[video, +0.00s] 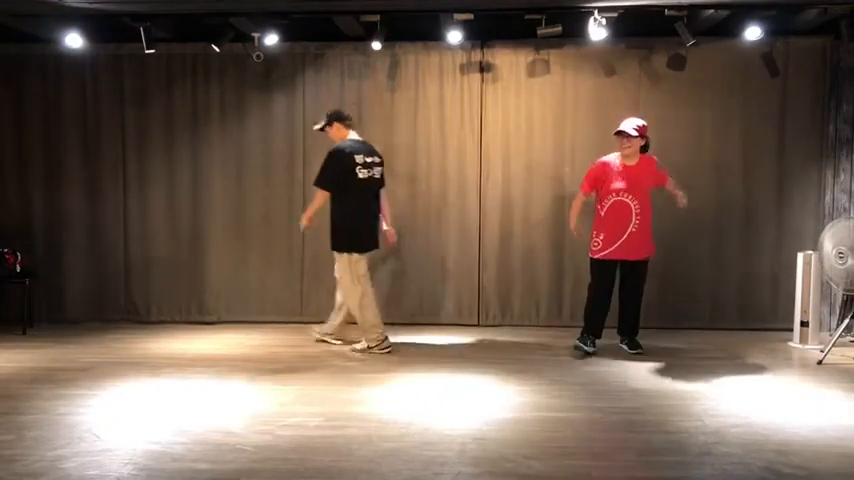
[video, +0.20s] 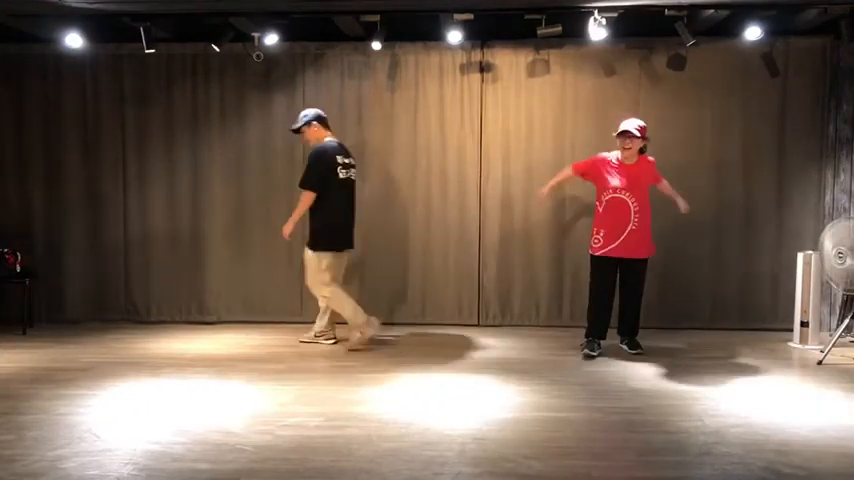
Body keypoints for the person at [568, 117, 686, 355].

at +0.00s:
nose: (625, 141)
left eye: (631, 137)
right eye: (622, 136)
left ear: (642, 141)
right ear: (617, 139)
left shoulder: (650, 166)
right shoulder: (604, 165)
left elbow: (666, 182)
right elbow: (582, 194)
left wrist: (678, 194)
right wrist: (573, 220)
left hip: (637, 242)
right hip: (605, 241)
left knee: (632, 293)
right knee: (600, 290)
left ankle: (629, 336)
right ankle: (589, 336)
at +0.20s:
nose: (626, 142)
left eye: (632, 138)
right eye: (623, 137)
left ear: (642, 143)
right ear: (617, 139)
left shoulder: (647, 166)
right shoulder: (601, 162)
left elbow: (660, 183)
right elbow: (572, 171)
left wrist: (679, 199)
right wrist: (548, 186)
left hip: (636, 243)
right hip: (604, 242)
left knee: (632, 294)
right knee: (600, 292)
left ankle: (628, 337)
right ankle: (593, 339)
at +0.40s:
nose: (619, 150)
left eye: (624, 146)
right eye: (616, 145)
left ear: (633, 146)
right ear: (609, 143)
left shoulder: (640, 164)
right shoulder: (597, 167)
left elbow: (648, 182)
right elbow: (602, 189)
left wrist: (618, 170)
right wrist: (627, 199)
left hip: (631, 244)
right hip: (599, 244)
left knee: (629, 295)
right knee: (597, 295)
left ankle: (628, 337)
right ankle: (592, 340)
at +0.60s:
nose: (609, 141)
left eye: (614, 136)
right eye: (604, 136)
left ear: (621, 139)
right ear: (594, 139)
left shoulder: (628, 158)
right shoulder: (587, 164)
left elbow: (623, 172)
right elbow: (596, 187)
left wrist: (586, 168)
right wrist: (628, 186)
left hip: (625, 238)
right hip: (594, 239)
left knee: (629, 291)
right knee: (594, 293)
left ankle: (629, 334)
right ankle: (592, 340)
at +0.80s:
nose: (590, 139)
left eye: (594, 133)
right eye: (585, 136)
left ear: (604, 136)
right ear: (581, 141)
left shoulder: (622, 163)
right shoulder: (575, 168)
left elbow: (648, 178)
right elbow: (553, 186)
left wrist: (673, 187)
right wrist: (529, 195)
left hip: (619, 243)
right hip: (586, 246)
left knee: (627, 294)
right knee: (589, 297)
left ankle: (629, 334)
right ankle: (591, 341)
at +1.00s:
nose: (591, 146)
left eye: (596, 141)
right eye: (586, 142)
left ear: (606, 142)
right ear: (581, 144)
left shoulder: (620, 163)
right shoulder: (573, 166)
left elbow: (645, 177)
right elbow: (546, 177)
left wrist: (668, 187)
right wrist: (524, 183)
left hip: (616, 246)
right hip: (584, 248)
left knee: (618, 298)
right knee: (588, 299)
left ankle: (621, 344)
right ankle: (591, 342)